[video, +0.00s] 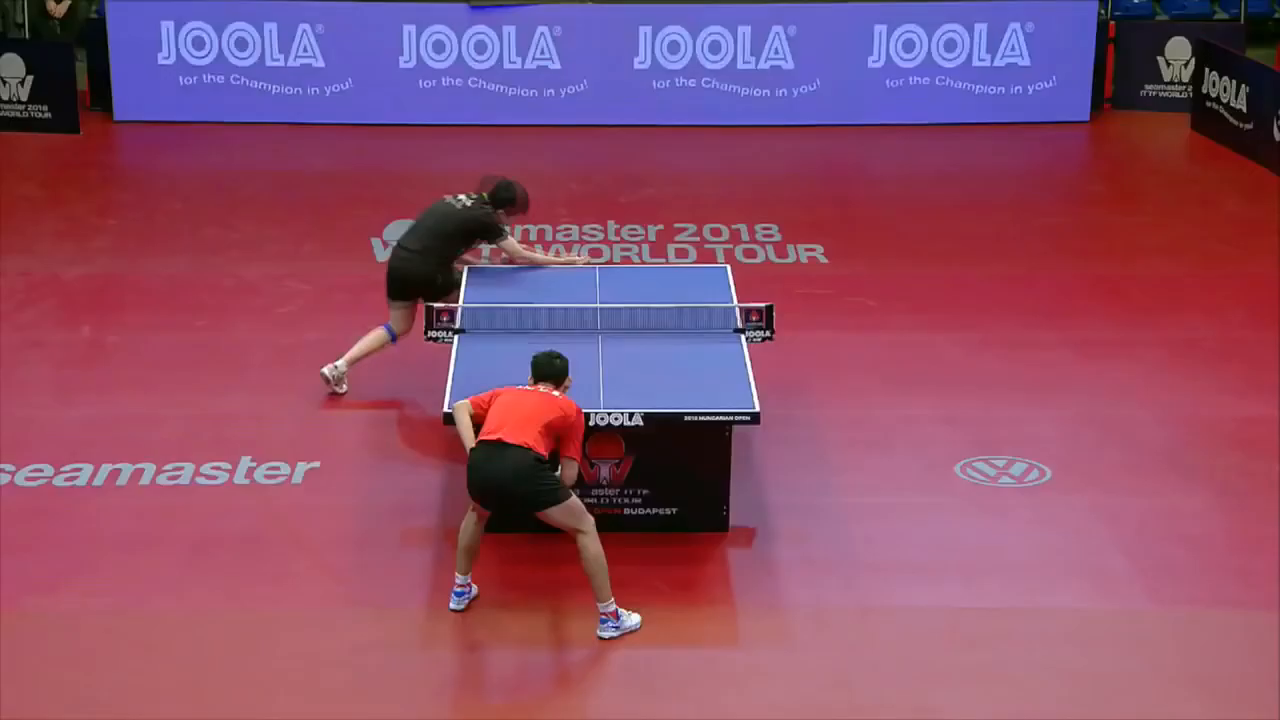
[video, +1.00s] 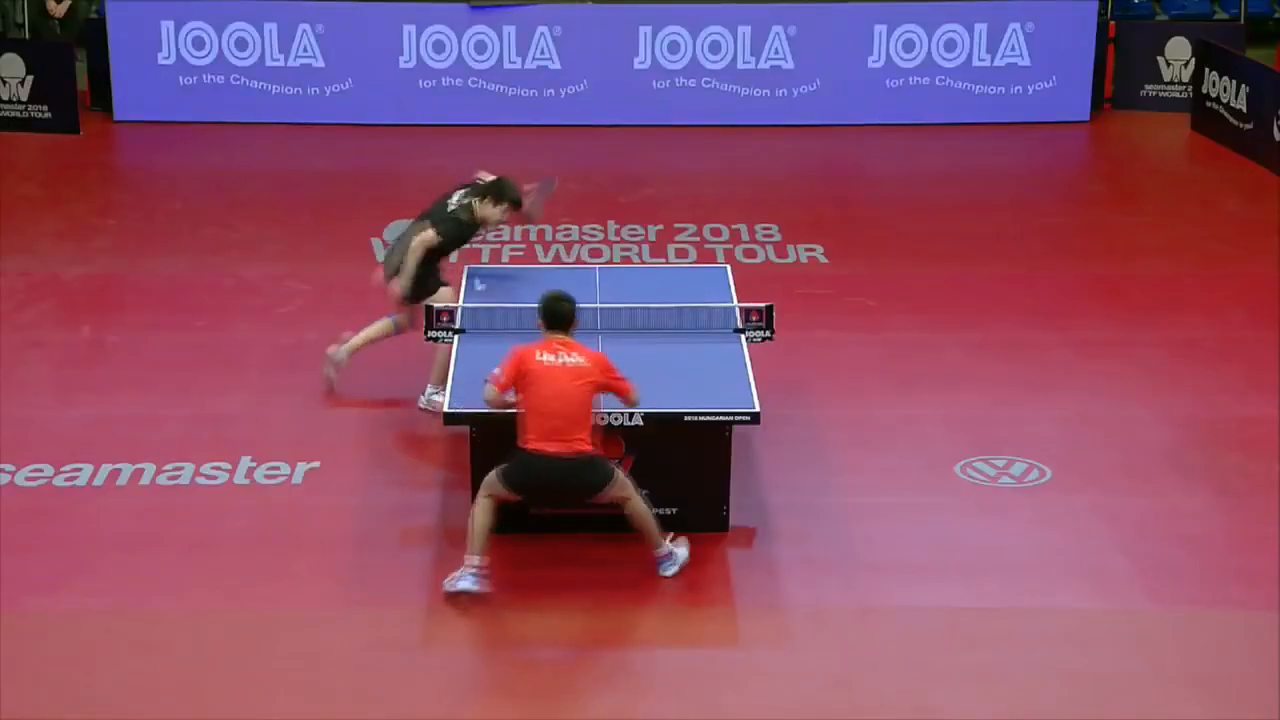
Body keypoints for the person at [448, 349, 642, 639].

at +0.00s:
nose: (568, 385)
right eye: (567, 382)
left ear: (531, 380)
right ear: (565, 383)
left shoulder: (504, 393)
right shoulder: (570, 409)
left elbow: (460, 408)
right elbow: (568, 477)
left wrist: (474, 452)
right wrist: (548, 494)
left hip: (482, 461)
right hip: (525, 468)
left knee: (477, 512)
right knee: (584, 526)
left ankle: (460, 590)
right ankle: (610, 615)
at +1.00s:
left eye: (542, 317)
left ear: (541, 323)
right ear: (574, 323)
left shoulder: (523, 355)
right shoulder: (594, 360)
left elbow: (492, 397)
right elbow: (632, 398)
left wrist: (519, 401)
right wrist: (604, 381)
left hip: (532, 463)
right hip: (582, 464)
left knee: (487, 493)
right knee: (628, 495)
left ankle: (472, 571)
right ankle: (664, 554)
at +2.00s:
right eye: (599, 330)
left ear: (564, 332)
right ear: (599, 332)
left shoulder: (543, 366)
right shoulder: (614, 370)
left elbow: (508, 415)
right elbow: (648, 410)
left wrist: (534, 422)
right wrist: (645, 429)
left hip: (544, 475)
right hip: (595, 478)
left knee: (488, 517)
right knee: (650, 522)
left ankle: (454, 593)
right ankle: (685, 601)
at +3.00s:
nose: (529, 376)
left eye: (530, 371)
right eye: (561, 375)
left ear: (532, 375)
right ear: (567, 376)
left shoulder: (522, 415)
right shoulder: (583, 411)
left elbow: (476, 460)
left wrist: (437, 439)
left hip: (530, 532)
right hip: (578, 534)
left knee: (462, 556)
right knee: (635, 566)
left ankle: (429, 644)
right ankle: (678, 649)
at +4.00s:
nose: (428, 393)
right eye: (424, 388)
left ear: (386, 402)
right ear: (422, 395)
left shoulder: (381, 456)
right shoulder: (446, 419)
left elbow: (367, 502)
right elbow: (464, 369)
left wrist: (388, 453)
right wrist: (414, 351)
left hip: (427, 552)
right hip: (478, 546)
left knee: (376, 573)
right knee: (541, 584)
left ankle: (344, 656)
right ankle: (547, 663)